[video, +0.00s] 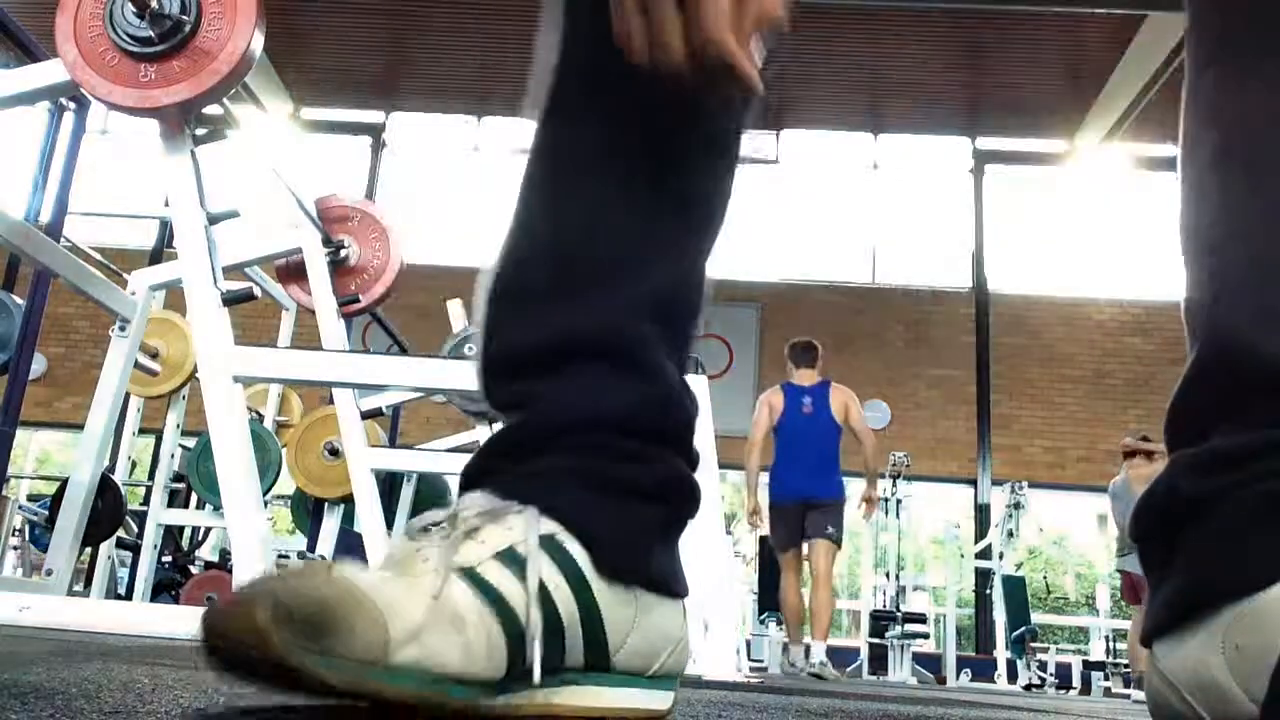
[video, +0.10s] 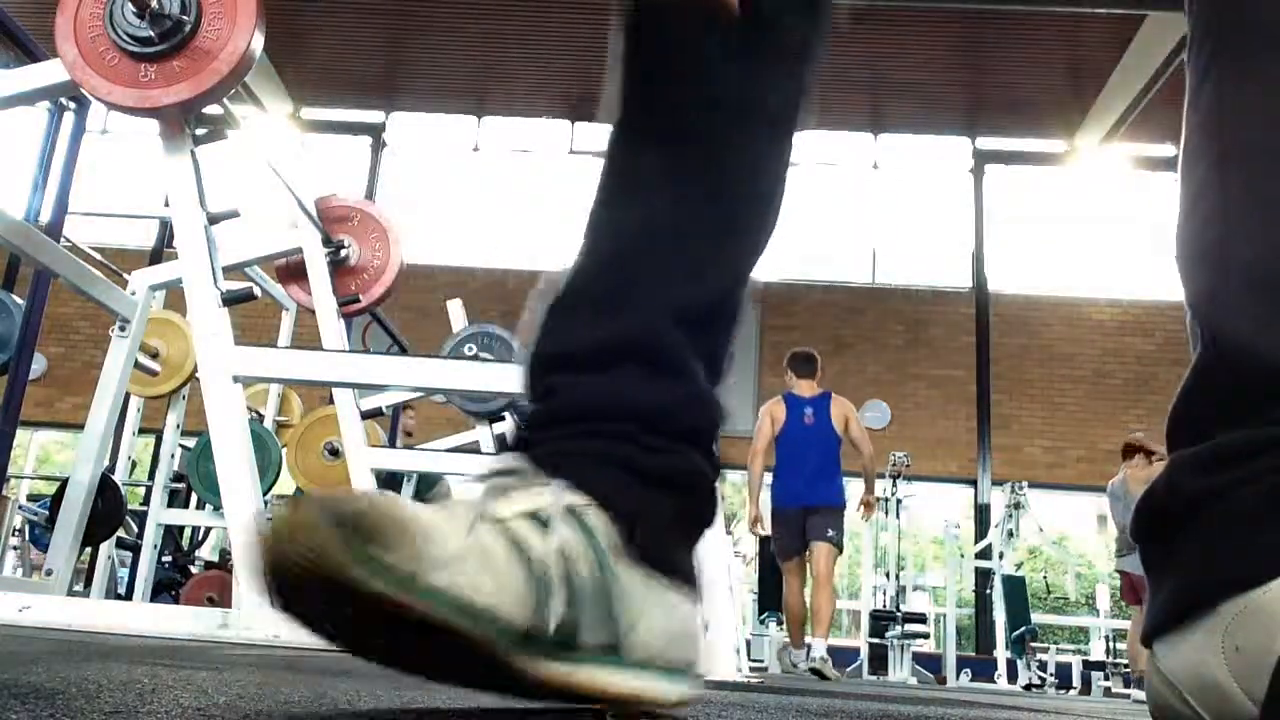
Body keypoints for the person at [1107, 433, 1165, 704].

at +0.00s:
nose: (1155, 460)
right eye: (1153, 455)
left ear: (1124, 455)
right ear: (1148, 453)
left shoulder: (1115, 484)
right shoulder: (1155, 474)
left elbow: (1118, 523)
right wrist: (1164, 457)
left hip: (1125, 555)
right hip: (1147, 554)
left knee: (1138, 615)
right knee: (1150, 613)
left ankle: (1136, 673)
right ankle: (1146, 672)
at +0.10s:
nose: (1153, 460)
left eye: (1152, 457)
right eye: (1152, 456)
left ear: (1125, 455)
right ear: (1144, 453)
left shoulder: (1112, 484)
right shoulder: (1147, 473)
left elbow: (1117, 522)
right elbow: (1172, 465)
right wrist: (1160, 456)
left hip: (1122, 555)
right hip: (1143, 553)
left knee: (1137, 615)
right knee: (1149, 613)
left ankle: (1135, 671)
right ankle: (1144, 672)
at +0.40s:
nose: (1151, 468)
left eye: (1152, 464)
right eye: (1152, 464)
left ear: (1128, 460)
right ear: (1143, 460)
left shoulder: (1111, 486)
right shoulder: (1146, 483)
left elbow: (1111, 525)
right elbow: (1152, 518)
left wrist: (1119, 544)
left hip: (1121, 557)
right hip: (1142, 557)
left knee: (1135, 614)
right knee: (1150, 614)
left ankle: (1135, 673)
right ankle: (1150, 670)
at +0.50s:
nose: (1154, 468)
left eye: (1154, 464)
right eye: (1153, 463)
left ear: (1133, 462)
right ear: (1144, 462)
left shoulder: (1113, 486)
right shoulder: (1148, 485)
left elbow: (1110, 526)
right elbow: (1151, 523)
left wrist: (1116, 548)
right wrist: (1154, 548)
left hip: (1120, 557)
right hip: (1141, 557)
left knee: (1135, 615)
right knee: (1147, 615)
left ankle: (1135, 673)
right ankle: (1144, 671)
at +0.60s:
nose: (1153, 468)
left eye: (1152, 463)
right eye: (1153, 463)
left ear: (1135, 461)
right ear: (1151, 462)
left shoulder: (1116, 486)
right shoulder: (1153, 483)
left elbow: (1111, 529)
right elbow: (1154, 524)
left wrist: (1121, 545)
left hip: (1121, 558)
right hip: (1145, 558)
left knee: (1135, 616)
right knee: (1153, 616)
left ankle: (1135, 674)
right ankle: (1155, 672)